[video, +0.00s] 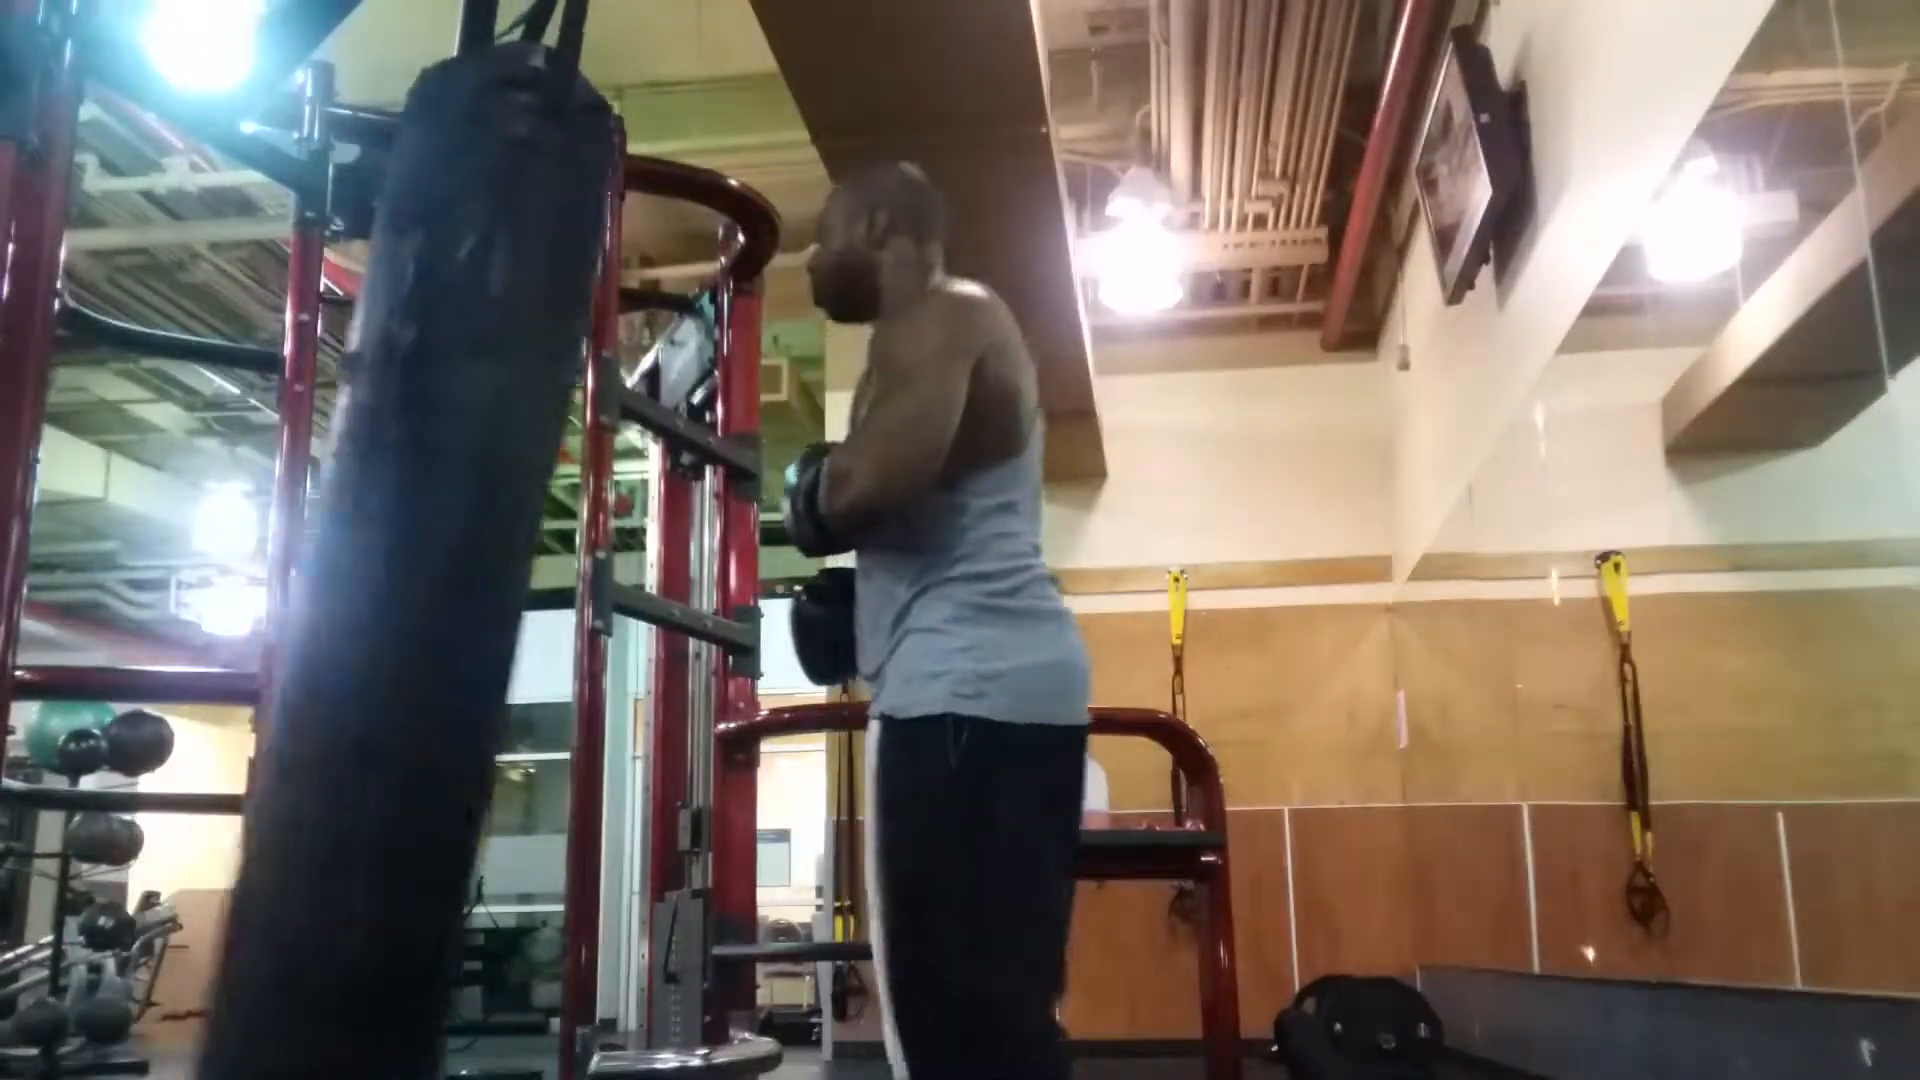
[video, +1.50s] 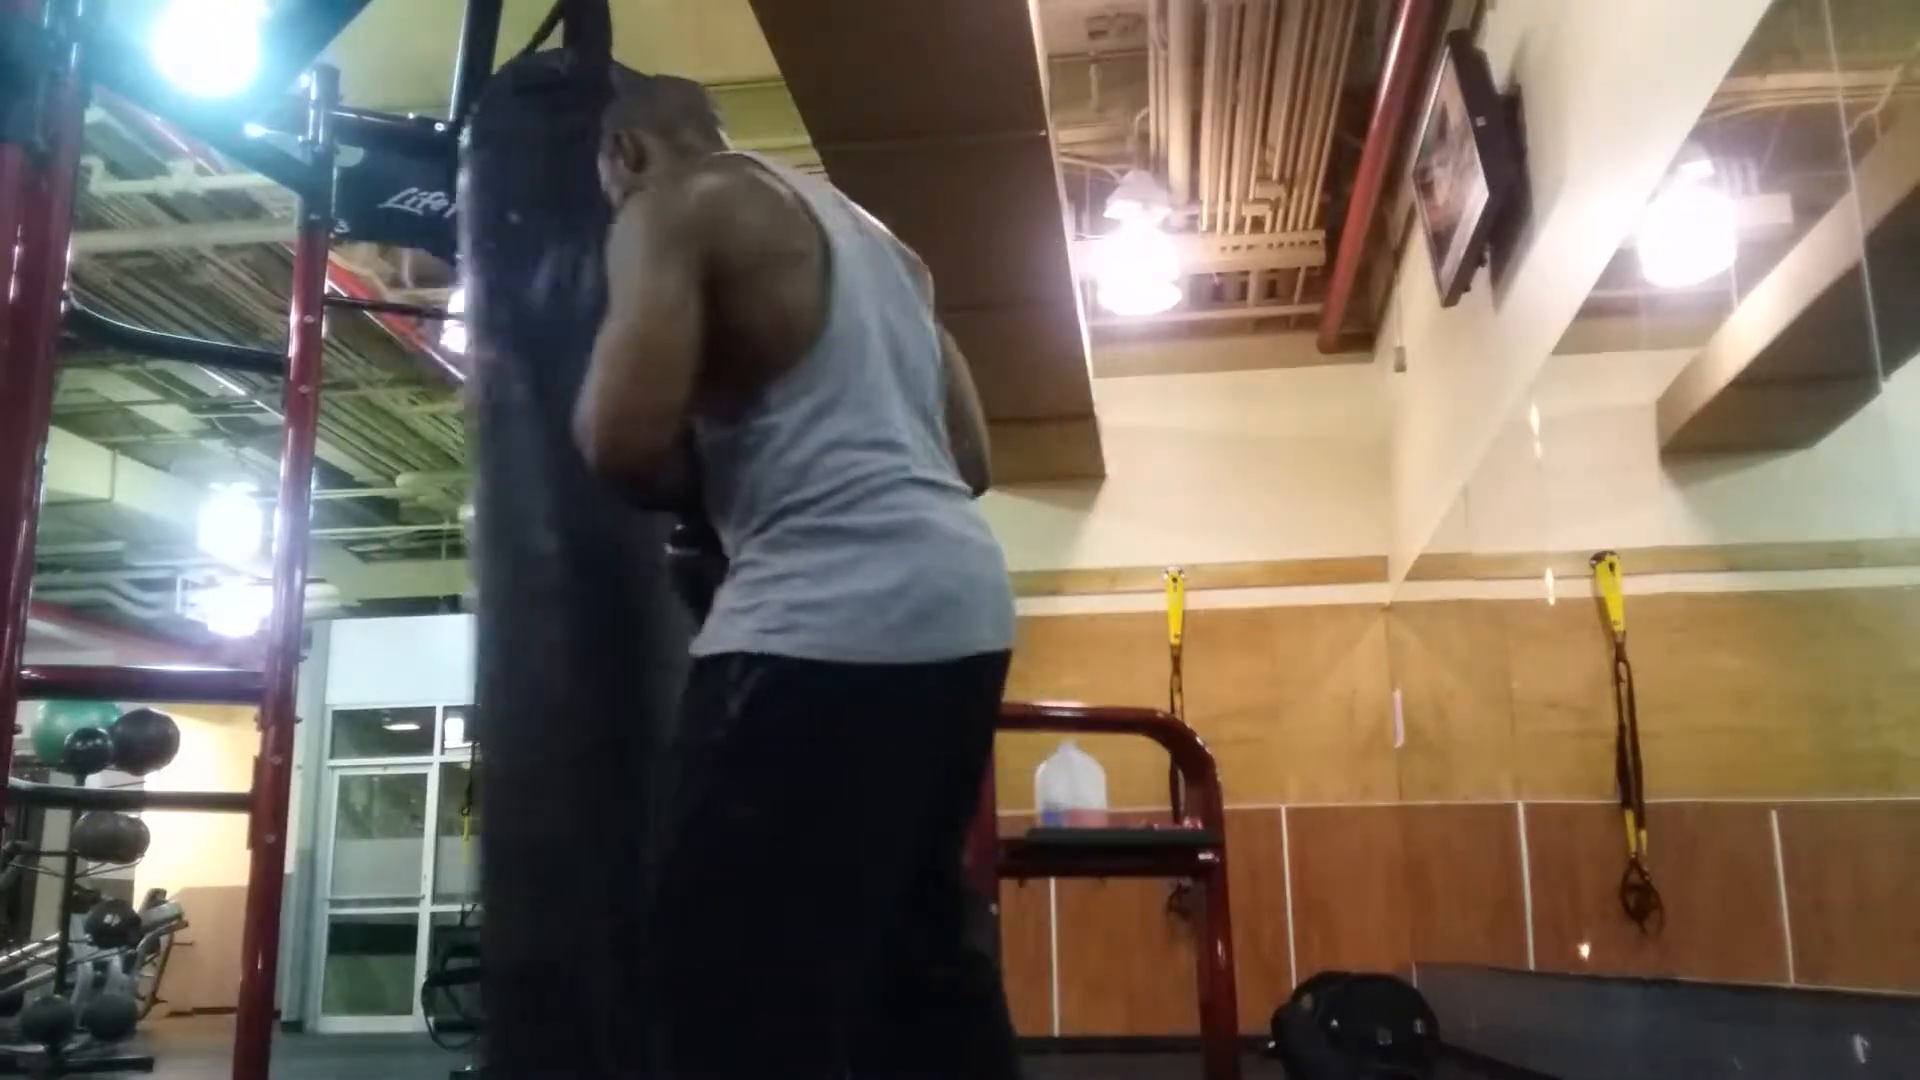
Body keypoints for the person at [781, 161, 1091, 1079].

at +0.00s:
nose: (811, 256)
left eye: (824, 235)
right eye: (815, 237)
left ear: (880, 234)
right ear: (895, 241)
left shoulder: (938, 313)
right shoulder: (938, 331)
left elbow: (885, 474)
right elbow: (963, 546)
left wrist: (815, 489)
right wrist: (868, 608)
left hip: (971, 699)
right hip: (978, 698)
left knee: (960, 1020)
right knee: (983, 1016)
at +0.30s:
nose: (839, 236)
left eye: (841, 206)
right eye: (836, 211)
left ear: (883, 183)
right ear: (950, 187)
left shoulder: (944, 266)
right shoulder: (1049, 293)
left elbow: (869, 469)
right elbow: (1107, 510)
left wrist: (850, 474)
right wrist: (934, 566)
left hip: (1018, 673)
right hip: (1104, 665)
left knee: (1012, 1020)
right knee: (1084, 1010)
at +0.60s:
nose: (887, 251)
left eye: (887, 225)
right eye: (881, 230)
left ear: (929, 197)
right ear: (994, 198)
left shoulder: (965, 267)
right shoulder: (1109, 317)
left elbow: (878, 448)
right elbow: (1151, 528)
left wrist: (918, 534)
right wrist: (958, 566)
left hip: (1027, 688)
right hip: (1151, 683)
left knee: (981, 1007)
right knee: (1144, 1004)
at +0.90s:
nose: (848, 257)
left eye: (848, 227)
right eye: (841, 235)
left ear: (898, 192)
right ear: (930, 189)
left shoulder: (977, 254)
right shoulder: (1042, 269)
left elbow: (922, 451)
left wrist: (866, 450)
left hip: (1023, 668)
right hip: (1107, 666)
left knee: (910, 995)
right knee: (1102, 988)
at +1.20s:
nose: (691, 240)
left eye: (685, 211)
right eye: (682, 218)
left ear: (718, 181)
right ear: (781, 165)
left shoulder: (833, 238)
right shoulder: (895, 236)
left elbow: (798, 435)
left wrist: (726, 470)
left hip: (908, 663)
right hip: (997, 658)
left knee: (789, 977)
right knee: (1007, 940)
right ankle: (1109, 1072)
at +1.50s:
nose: (616, 200)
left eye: (612, 182)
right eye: (614, 186)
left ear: (629, 153)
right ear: (717, 133)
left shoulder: (674, 206)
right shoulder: (876, 238)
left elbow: (620, 437)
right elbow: (966, 459)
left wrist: (703, 485)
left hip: (822, 625)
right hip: (960, 620)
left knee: (724, 968)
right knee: (911, 943)